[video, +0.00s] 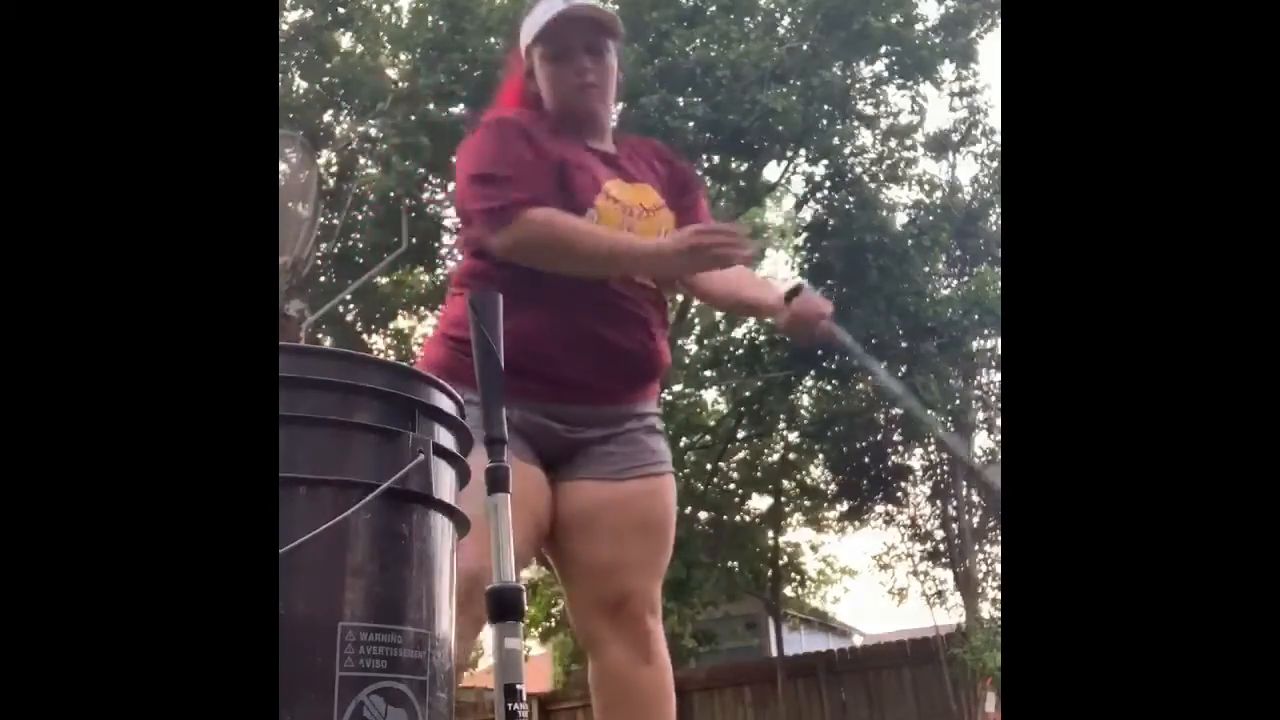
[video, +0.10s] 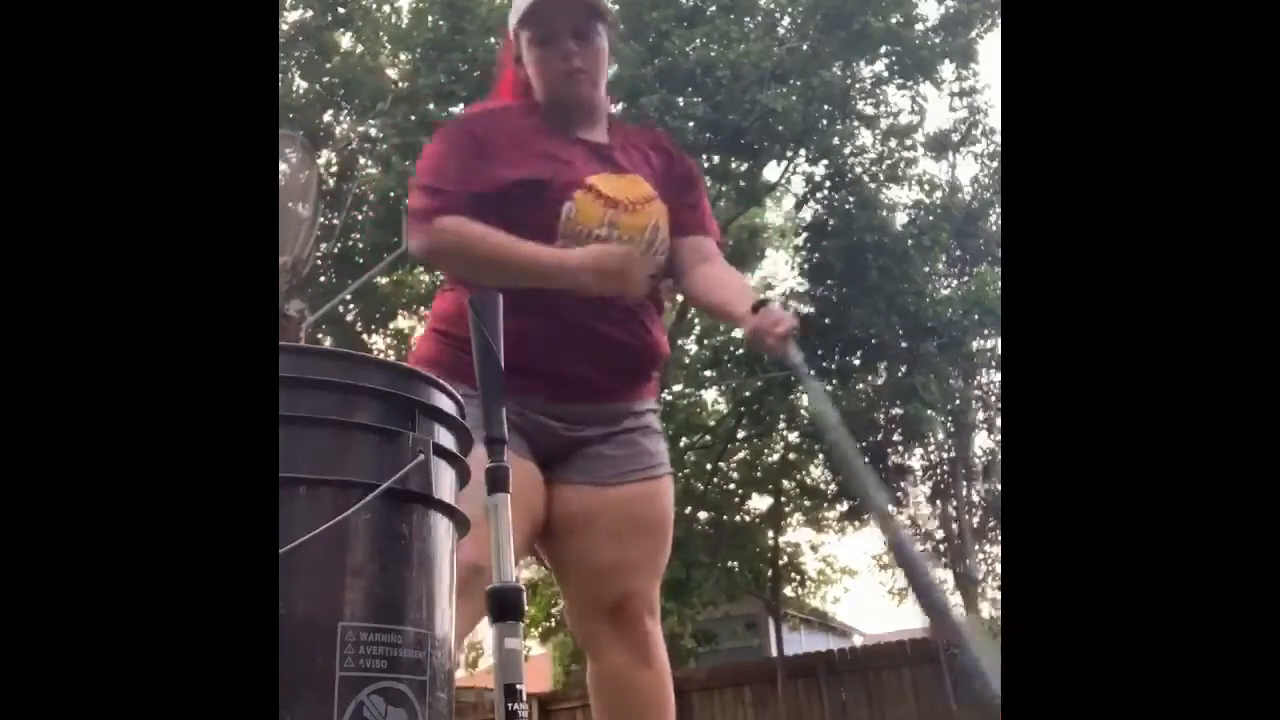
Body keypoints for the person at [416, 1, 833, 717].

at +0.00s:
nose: (584, 66)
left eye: (597, 50)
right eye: (561, 55)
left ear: (620, 63)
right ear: (530, 70)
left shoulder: (662, 167)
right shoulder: (504, 138)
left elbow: (700, 271)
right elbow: (511, 230)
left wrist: (779, 299)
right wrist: (654, 254)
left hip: (620, 423)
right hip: (486, 407)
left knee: (632, 628)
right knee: (473, 578)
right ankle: (405, 706)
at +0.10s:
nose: (569, 54)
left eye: (584, 36)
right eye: (548, 42)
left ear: (609, 46)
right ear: (520, 55)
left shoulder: (655, 152)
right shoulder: (474, 135)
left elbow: (700, 259)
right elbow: (430, 236)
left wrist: (752, 308)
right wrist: (576, 265)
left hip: (618, 419)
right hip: (481, 402)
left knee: (630, 622)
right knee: (467, 568)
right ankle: (398, 706)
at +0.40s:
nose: (458, 5)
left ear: (509, 12)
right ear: (401, 13)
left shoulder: (567, 106)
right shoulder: (341, 124)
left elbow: (620, 228)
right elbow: (285, 270)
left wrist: (665, 289)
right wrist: (332, 391)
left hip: (550, 413)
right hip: (404, 421)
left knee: (595, 637)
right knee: (397, 648)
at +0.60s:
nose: (390, 28)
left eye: (408, 0)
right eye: (356, 4)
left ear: (442, 4)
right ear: (313, 13)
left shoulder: (513, 82)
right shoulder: (308, 133)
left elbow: (599, 189)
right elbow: (283, 274)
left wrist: (661, 268)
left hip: (513, 386)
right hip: (365, 400)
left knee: (555, 598)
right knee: (344, 618)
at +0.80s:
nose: (373, 53)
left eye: (392, 19)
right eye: (337, 31)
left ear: (428, 16)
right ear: (301, 47)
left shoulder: (493, 79)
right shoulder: (307, 171)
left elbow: (590, 183)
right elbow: (283, 301)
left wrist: (664, 264)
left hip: (504, 383)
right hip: (361, 401)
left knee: (549, 593)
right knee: (340, 614)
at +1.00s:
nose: (403, 33)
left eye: (421, 5)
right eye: (370, 15)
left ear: (457, 8)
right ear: (334, 38)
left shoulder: (520, 87)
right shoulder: (310, 139)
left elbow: (599, 195)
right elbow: (288, 268)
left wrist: (676, 270)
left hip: (511, 381)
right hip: (366, 397)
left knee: (569, 589)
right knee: (341, 613)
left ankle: (613, 718)